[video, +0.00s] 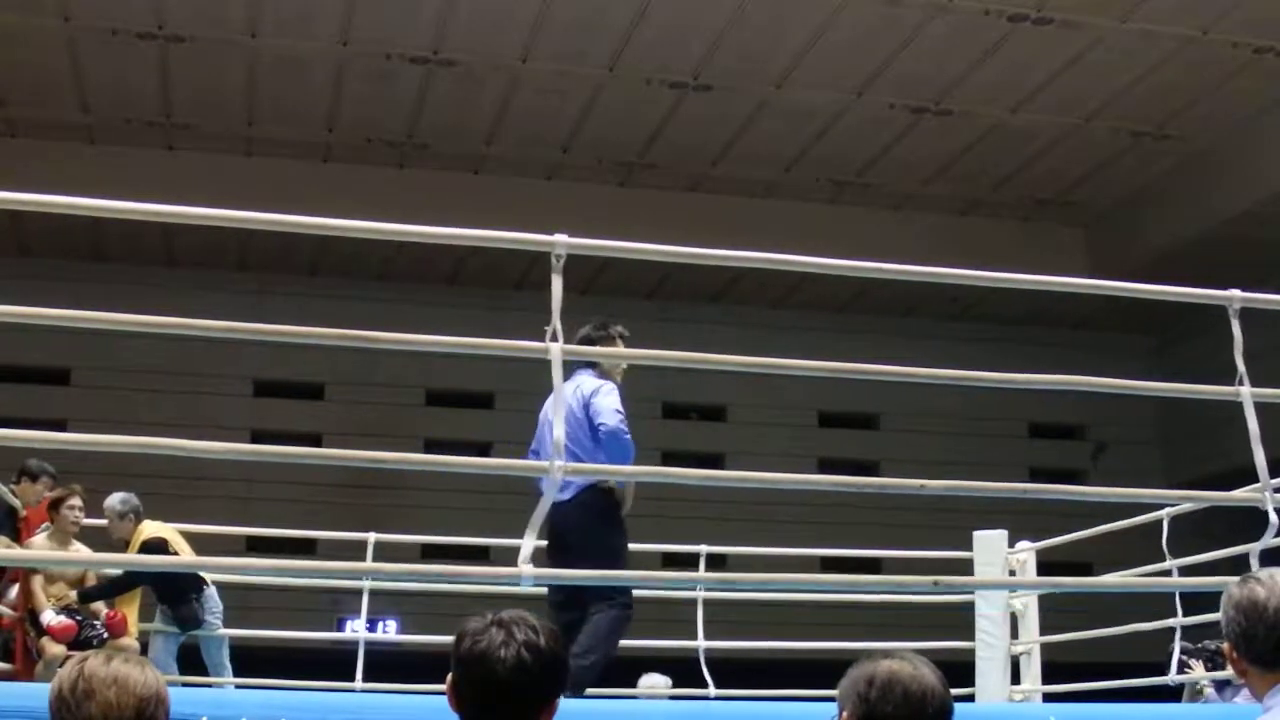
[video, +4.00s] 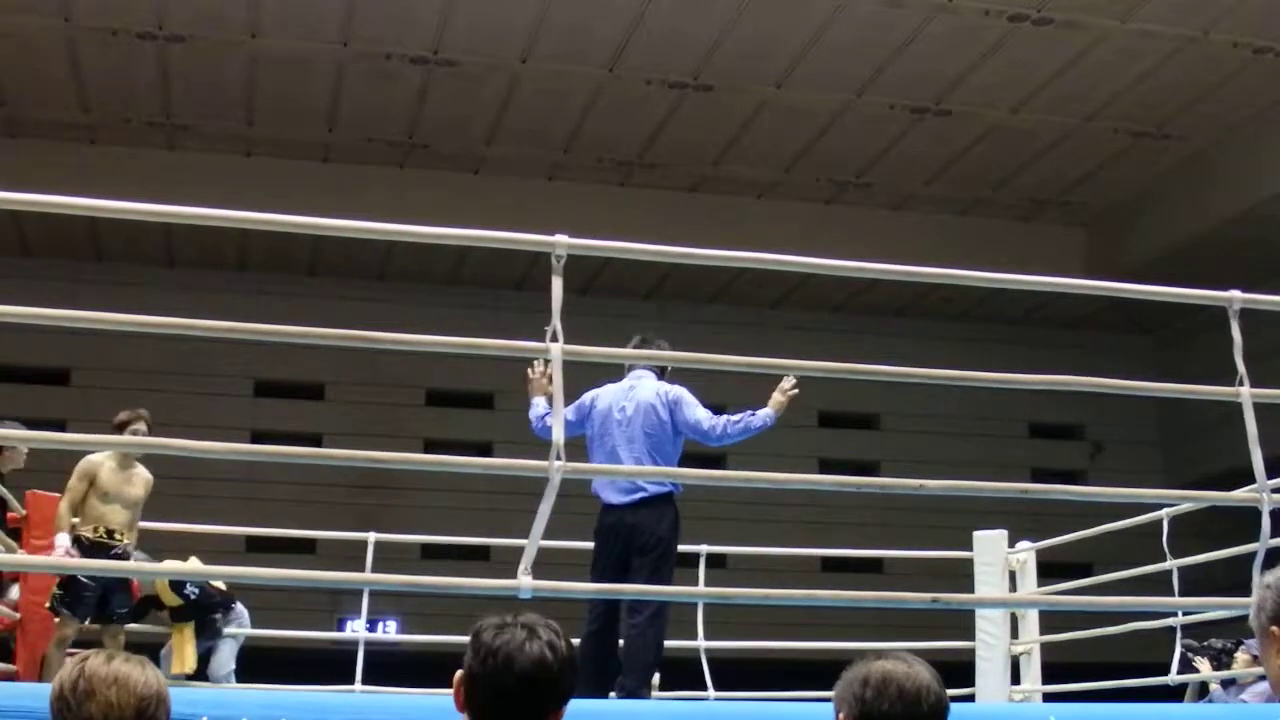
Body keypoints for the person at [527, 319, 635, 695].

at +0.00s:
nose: (625, 361)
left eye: (625, 353)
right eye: (620, 353)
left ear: (584, 356)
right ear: (600, 354)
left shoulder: (555, 398)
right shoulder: (600, 387)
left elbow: (534, 458)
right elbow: (611, 430)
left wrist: (555, 492)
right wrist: (626, 485)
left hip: (558, 508)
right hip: (592, 503)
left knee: (566, 602)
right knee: (614, 601)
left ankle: (551, 686)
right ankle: (572, 687)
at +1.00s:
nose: (667, 358)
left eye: (667, 351)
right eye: (665, 351)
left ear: (623, 352)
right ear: (652, 353)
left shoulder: (587, 398)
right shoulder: (660, 398)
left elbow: (576, 453)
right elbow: (676, 453)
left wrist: (597, 479)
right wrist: (654, 482)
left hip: (598, 515)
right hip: (642, 514)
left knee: (593, 606)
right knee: (638, 607)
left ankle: (576, 696)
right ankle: (632, 699)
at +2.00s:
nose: (658, 355)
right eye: (659, 351)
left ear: (622, 350)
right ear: (659, 354)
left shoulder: (592, 399)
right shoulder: (671, 399)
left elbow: (589, 456)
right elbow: (690, 457)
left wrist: (608, 485)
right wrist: (687, 499)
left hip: (606, 516)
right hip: (651, 515)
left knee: (597, 607)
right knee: (642, 608)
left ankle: (585, 698)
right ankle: (632, 698)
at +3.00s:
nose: (670, 362)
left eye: (666, 356)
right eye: (669, 357)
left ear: (628, 355)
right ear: (664, 359)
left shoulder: (594, 399)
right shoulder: (669, 398)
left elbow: (550, 435)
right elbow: (708, 439)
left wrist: (536, 417)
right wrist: (769, 435)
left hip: (612, 516)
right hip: (656, 515)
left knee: (603, 606)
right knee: (648, 606)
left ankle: (587, 697)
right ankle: (634, 698)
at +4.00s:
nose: (669, 374)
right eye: (669, 369)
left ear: (627, 365)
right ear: (663, 367)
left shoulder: (598, 398)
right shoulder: (672, 396)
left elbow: (549, 428)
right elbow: (714, 431)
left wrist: (537, 397)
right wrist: (770, 412)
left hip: (612, 516)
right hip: (656, 514)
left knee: (601, 606)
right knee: (646, 606)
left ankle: (588, 697)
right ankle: (632, 696)